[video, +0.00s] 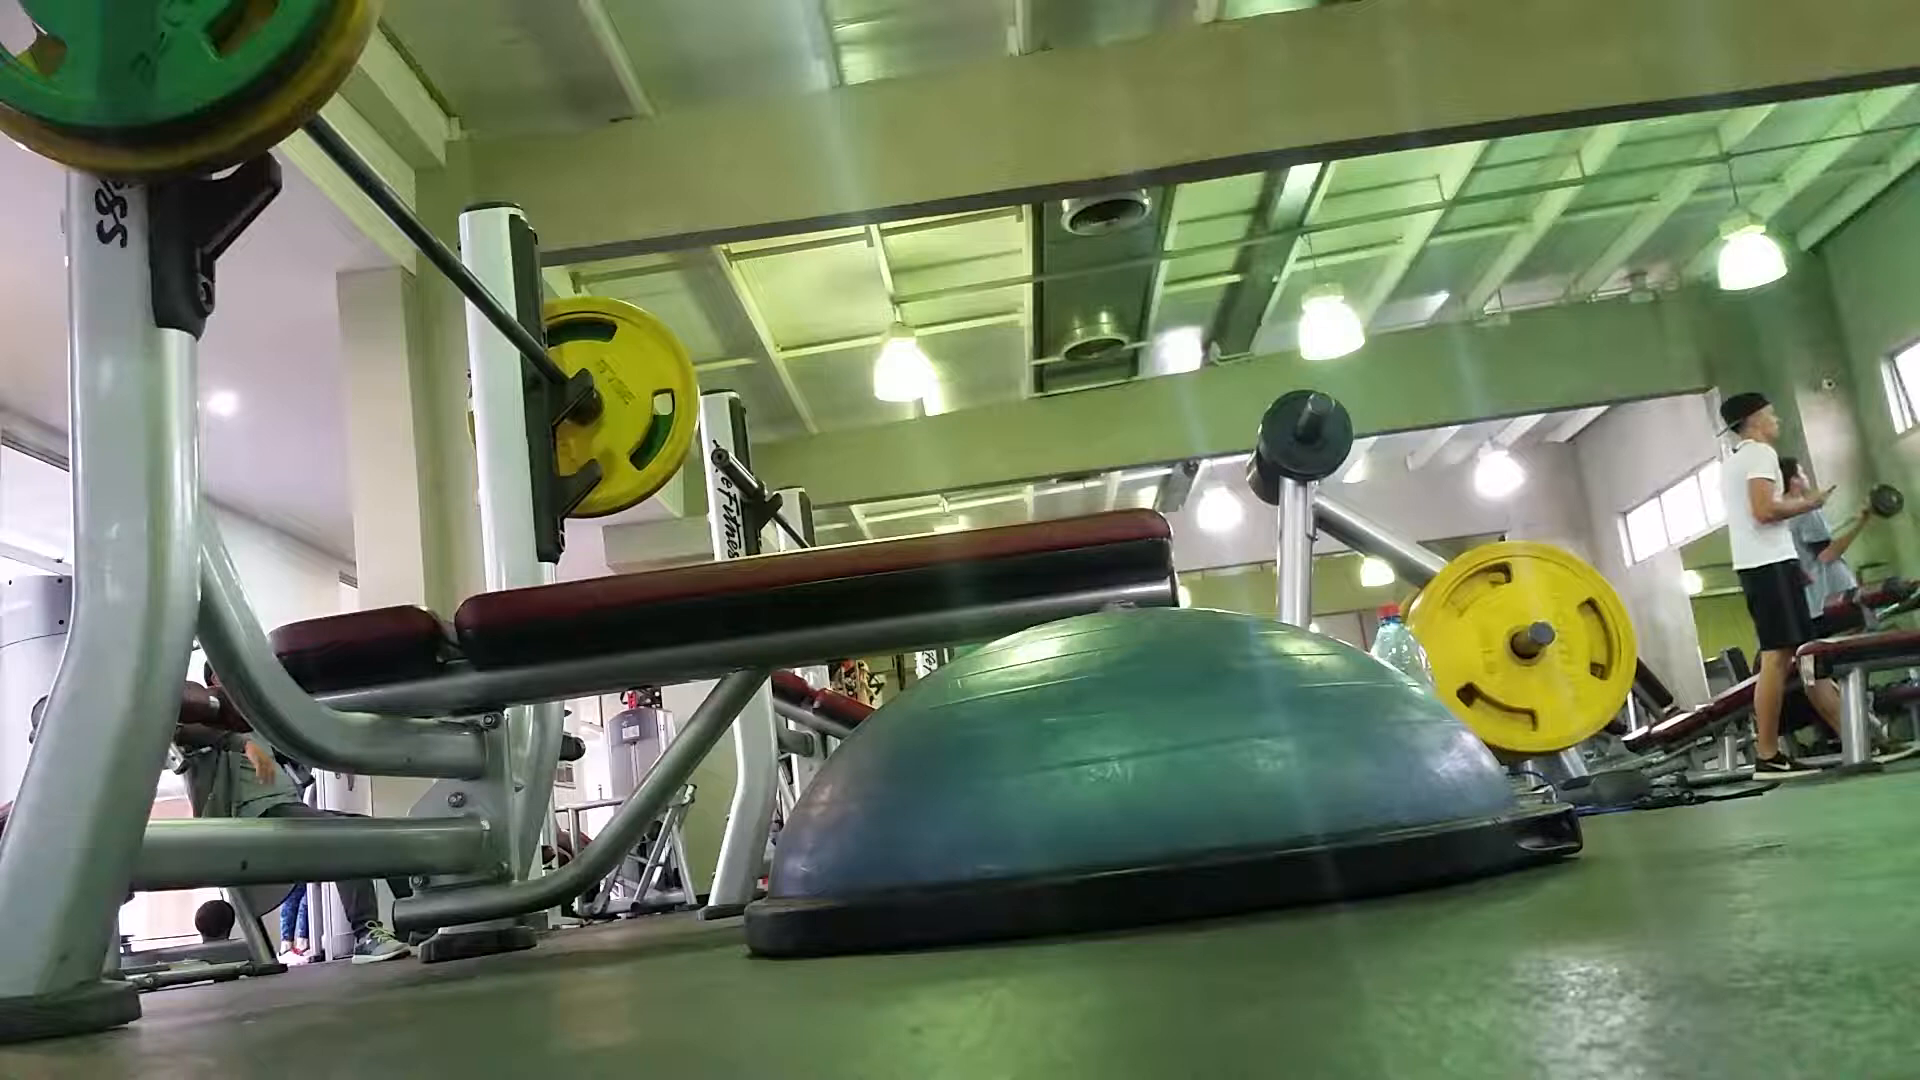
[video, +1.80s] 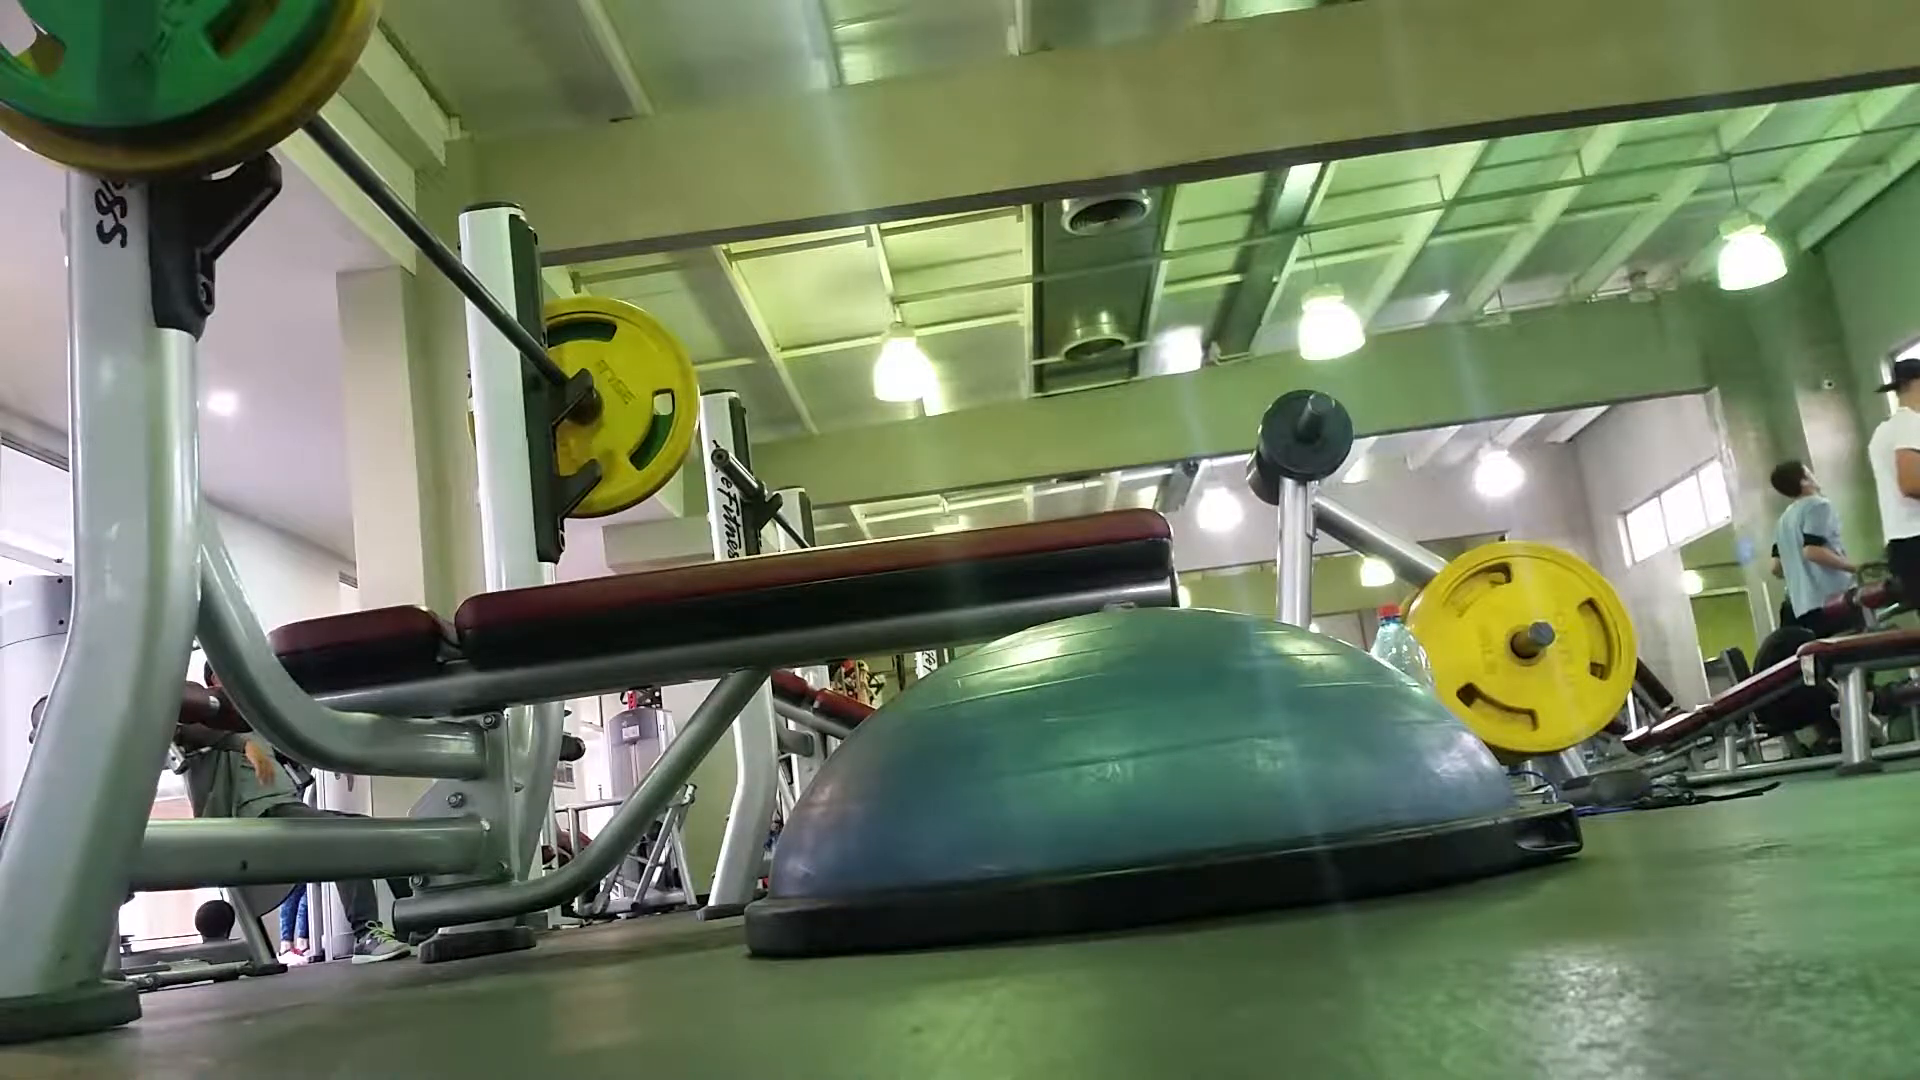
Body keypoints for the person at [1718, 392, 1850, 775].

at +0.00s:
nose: (1775, 419)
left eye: (1772, 413)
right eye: (1768, 414)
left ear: (1743, 424)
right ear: (1752, 420)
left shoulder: (1735, 459)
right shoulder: (1758, 453)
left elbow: (1758, 514)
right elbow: (1763, 509)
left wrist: (1797, 503)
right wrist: (1808, 502)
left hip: (1763, 563)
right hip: (1767, 563)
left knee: (1804, 656)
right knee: (1776, 656)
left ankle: (1860, 737)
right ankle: (1768, 753)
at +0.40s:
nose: (1796, 412)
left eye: (1793, 406)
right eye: (1790, 407)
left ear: (1767, 416)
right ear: (1774, 413)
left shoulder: (1770, 451)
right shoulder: (1777, 447)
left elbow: (1794, 511)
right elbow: (1789, 501)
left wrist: (1830, 552)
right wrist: (1837, 491)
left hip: (1800, 558)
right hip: (1799, 559)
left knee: (1821, 653)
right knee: (1817, 652)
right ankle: (1779, 739)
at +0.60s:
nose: (1813, 411)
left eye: (1810, 405)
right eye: (1805, 405)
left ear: (1784, 414)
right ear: (1785, 412)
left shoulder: (1787, 450)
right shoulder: (1786, 446)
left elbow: (1800, 514)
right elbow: (1794, 501)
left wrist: (1844, 548)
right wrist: (1850, 492)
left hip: (1813, 558)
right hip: (1811, 557)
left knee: (1842, 643)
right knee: (1856, 637)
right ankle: (1830, 729)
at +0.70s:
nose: (1820, 409)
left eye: (1817, 403)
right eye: (1812, 403)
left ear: (1791, 413)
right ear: (1791, 411)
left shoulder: (1791, 448)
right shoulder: (1791, 445)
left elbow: (1804, 508)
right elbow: (1797, 501)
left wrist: (1846, 545)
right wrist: (1853, 494)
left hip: (1815, 559)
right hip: (1819, 557)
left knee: (1835, 651)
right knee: (1873, 637)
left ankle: (1850, 738)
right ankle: (1876, 731)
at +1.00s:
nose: (1849, 405)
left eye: (1847, 399)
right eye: (1841, 399)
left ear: (1820, 408)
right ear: (1820, 406)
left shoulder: (1823, 442)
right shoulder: (1819, 442)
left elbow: (1831, 501)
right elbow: (1824, 498)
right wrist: (1877, 494)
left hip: (1843, 552)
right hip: (1843, 553)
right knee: (1891, 636)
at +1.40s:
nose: (1890, 391)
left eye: (1887, 384)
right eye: (1883, 385)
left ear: (1860, 397)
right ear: (1861, 395)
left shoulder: (1862, 432)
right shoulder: (1864, 431)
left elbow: (1868, 493)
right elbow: (1871, 492)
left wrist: (1908, 500)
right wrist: (1914, 498)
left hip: (1889, 543)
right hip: (1889, 544)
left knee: (1911, 636)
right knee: (1911, 637)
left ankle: (1879, 724)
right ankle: (1877, 725)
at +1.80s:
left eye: (1918, 383)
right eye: (1919, 383)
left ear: (1900, 386)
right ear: (1912, 383)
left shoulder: (1882, 430)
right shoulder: (1907, 422)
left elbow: (1896, 486)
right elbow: (1909, 484)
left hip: (1898, 540)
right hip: (1912, 538)